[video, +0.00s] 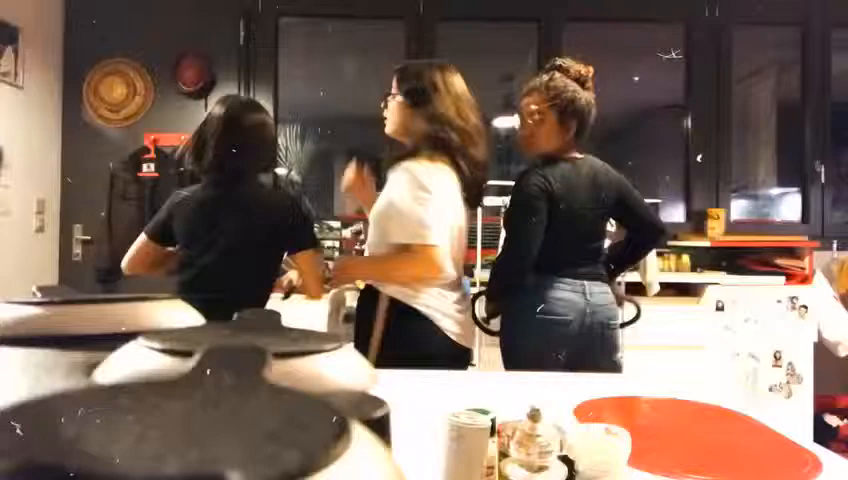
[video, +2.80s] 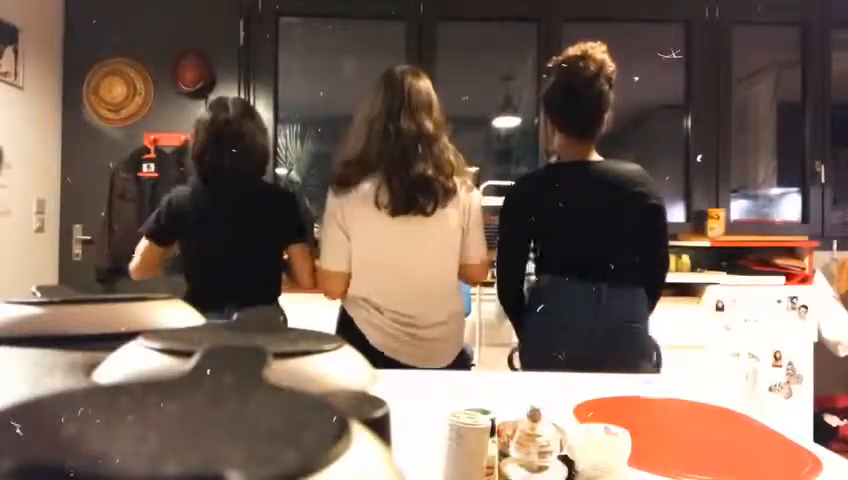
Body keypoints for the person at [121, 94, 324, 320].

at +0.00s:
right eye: (271, 137)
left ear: (205, 144)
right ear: (264, 146)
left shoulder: (183, 202)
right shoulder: (284, 207)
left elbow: (133, 264)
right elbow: (314, 288)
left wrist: (190, 258)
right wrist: (293, 278)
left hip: (186, 340)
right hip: (249, 342)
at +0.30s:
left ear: (220, 147)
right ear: (272, 147)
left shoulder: (197, 199)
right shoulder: (289, 201)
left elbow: (137, 250)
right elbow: (319, 280)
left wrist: (178, 254)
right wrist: (285, 284)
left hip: (211, 330)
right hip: (270, 331)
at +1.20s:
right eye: (251, 140)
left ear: (195, 150)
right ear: (249, 150)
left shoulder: (171, 208)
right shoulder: (269, 208)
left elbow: (102, 255)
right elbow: (304, 283)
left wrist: (157, 248)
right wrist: (269, 272)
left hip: (197, 342)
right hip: (259, 342)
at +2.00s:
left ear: (196, 144)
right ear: (250, 142)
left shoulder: (176, 200)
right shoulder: (272, 200)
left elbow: (112, 257)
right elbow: (302, 278)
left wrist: (163, 242)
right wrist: (264, 260)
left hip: (197, 331)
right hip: (262, 331)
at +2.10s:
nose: (184, 165)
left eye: (188, 155)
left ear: (196, 162)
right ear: (249, 158)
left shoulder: (183, 215)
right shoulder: (276, 211)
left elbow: (120, 276)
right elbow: (304, 287)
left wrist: (171, 259)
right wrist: (271, 270)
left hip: (205, 342)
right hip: (266, 342)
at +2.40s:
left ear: (198, 158)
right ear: (253, 153)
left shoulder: (184, 208)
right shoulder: (278, 204)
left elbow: (117, 268)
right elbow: (303, 281)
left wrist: (170, 257)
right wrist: (270, 264)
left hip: (196, 331)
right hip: (261, 332)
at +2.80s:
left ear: (198, 146)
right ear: (260, 145)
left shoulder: (182, 202)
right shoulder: (281, 202)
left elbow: (139, 270)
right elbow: (306, 279)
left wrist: (177, 246)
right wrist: (274, 260)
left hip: (202, 332)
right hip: (265, 331)